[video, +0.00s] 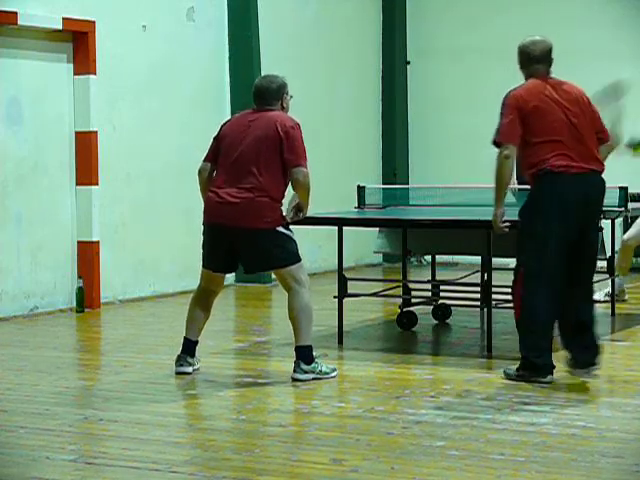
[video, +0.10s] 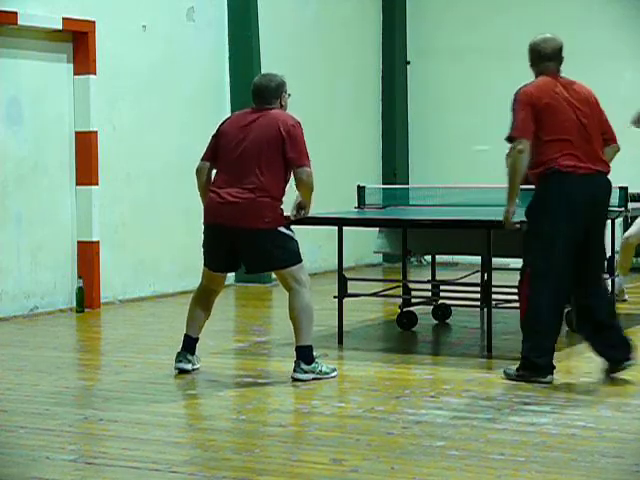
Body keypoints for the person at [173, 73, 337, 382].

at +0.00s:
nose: (290, 102)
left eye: (289, 98)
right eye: (289, 98)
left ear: (256, 100)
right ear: (282, 101)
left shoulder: (232, 123)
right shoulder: (286, 125)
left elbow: (205, 171)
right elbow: (300, 177)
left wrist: (215, 206)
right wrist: (302, 202)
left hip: (217, 219)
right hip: (262, 219)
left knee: (207, 287)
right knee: (298, 285)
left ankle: (186, 355)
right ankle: (305, 362)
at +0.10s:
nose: (288, 101)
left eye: (287, 96)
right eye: (287, 96)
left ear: (255, 99)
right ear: (281, 99)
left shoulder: (231, 122)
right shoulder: (287, 124)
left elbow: (202, 170)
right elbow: (304, 177)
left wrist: (212, 206)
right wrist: (304, 203)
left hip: (218, 219)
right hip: (263, 219)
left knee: (209, 285)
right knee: (298, 285)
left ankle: (186, 354)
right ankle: (305, 361)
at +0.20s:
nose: (283, 106)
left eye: (282, 103)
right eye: (282, 103)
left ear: (248, 105)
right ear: (276, 105)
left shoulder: (225, 128)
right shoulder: (285, 131)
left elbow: (196, 174)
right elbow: (308, 185)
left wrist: (198, 213)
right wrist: (297, 204)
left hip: (217, 221)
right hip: (262, 222)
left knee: (204, 288)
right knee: (299, 286)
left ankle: (186, 354)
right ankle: (305, 361)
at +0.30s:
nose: (276, 108)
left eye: (275, 104)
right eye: (275, 104)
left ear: (242, 105)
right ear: (270, 106)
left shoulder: (218, 130)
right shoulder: (280, 133)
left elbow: (189, 173)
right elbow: (305, 185)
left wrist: (185, 212)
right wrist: (291, 201)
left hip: (211, 220)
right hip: (256, 220)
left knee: (200, 287)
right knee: (294, 286)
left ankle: (185, 354)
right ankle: (305, 359)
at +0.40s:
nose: (269, 104)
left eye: (267, 101)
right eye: (268, 100)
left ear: (234, 102)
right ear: (264, 102)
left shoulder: (212, 126)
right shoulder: (276, 129)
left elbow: (182, 166)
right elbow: (311, 175)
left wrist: (173, 205)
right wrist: (300, 184)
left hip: (208, 217)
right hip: (252, 217)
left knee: (197, 286)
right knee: (289, 284)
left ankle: (185, 354)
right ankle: (305, 356)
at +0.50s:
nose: (265, 99)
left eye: (262, 95)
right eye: (263, 95)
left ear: (229, 98)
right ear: (259, 98)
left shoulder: (208, 123)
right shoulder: (275, 124)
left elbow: (177, 163)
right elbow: (326, 159)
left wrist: (166, 204)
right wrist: (321, 168)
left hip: (206, 216)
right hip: (252, 215)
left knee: (197, 287)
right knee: (286, 283)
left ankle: (185, 354)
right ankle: (305, 355)